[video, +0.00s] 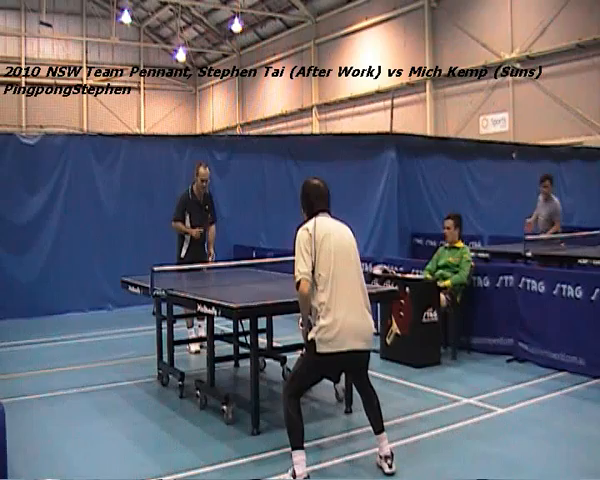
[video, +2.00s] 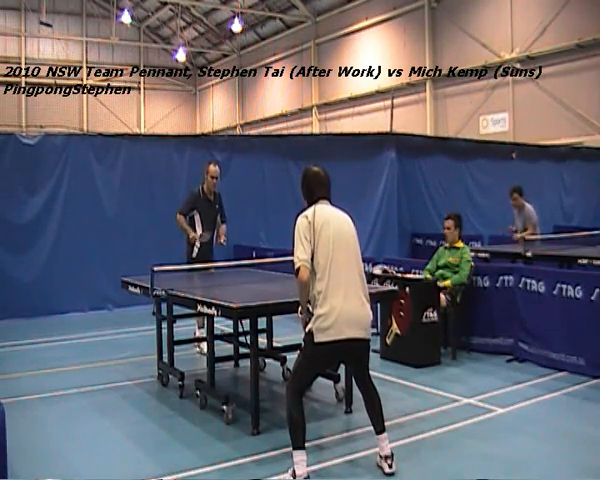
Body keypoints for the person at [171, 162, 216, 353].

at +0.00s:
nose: (204, 184)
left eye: (207, 180)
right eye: (202, 180)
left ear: (209, 180)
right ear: (195, 179)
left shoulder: (208, 198)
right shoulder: (185, 198)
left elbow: (211, 224)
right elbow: (175, 222)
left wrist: (211, 246)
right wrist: (190, 231)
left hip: (202, 250)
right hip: (187, 251)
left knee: (203, 289)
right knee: (187, 292)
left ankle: (201, 327)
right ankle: (191, 332)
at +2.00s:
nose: (215, 181)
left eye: (217, 178)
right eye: (212, 177)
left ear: (219, 178)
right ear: (205, 177)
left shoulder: (217, 197)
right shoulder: (195, 196)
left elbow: (222, 220)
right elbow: (179, 215)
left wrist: (221, 233)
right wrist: (190, 232)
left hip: (209, 249)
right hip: (196, 249)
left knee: (209, 291)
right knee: (199, 292)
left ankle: (202, 332)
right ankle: (200, 332)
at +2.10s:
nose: (215, 183)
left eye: (217, 179)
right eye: (212, 179)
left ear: (219, 180)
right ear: (205, 178)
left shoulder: (218, 198)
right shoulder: (196, 197)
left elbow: (222, 222)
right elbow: (179, 216)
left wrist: (222, 236)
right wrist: (191, 233)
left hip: (210, 248)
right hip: (196, 248)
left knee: (209, 290)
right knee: (199, 292)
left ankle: (202, 333)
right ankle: (200, 333)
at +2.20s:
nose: (216, 184)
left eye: (218, 181)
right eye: (213, 181)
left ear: (221, 181)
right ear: (206, 180)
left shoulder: (219, 199)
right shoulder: (197, 198)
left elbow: (224, 224)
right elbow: (180, 218)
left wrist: (223, 242)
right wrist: (194, 233)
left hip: (208, 251)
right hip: (195, 252)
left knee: (208, 294)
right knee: (199, 295)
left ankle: (201, 333)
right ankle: (200, 333)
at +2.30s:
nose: (216, 187)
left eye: (218, 183)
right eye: (213, 183)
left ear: (221, 183)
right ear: (207, 182)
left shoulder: (219, 200)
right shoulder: (198, 199)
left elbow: (224, 226)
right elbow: (181, 219)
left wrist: (223, 243)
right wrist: (196, 232)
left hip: (209, 250)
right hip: (196, 250)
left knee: (208, 292)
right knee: (199, 293)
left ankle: (201, 333)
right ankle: (200, 332)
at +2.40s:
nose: (216, 188)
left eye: (218, 185)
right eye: (213, 185)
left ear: (221, 184)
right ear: (206, 184)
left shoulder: (220, 201)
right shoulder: (197, 200)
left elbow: (224, 226)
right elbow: (184, 222)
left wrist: (225, 244)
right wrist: (201, 230)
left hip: (208, 252)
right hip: (195, 253)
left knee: (208, 294)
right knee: (199, 295)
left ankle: (201, 332)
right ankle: (199, 332)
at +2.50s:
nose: (215, 189)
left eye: (218, 185)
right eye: (213, 185)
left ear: (221, 185)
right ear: (206, 184)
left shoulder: (220, 201)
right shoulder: (197, 200)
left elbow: (225, 226)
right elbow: (187, 224)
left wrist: (225, 242)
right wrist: (207, 227)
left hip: (208, 253)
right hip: (195, 253)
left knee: (207, 294)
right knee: (199, 295)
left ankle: (199, 331)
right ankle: (199, 332)